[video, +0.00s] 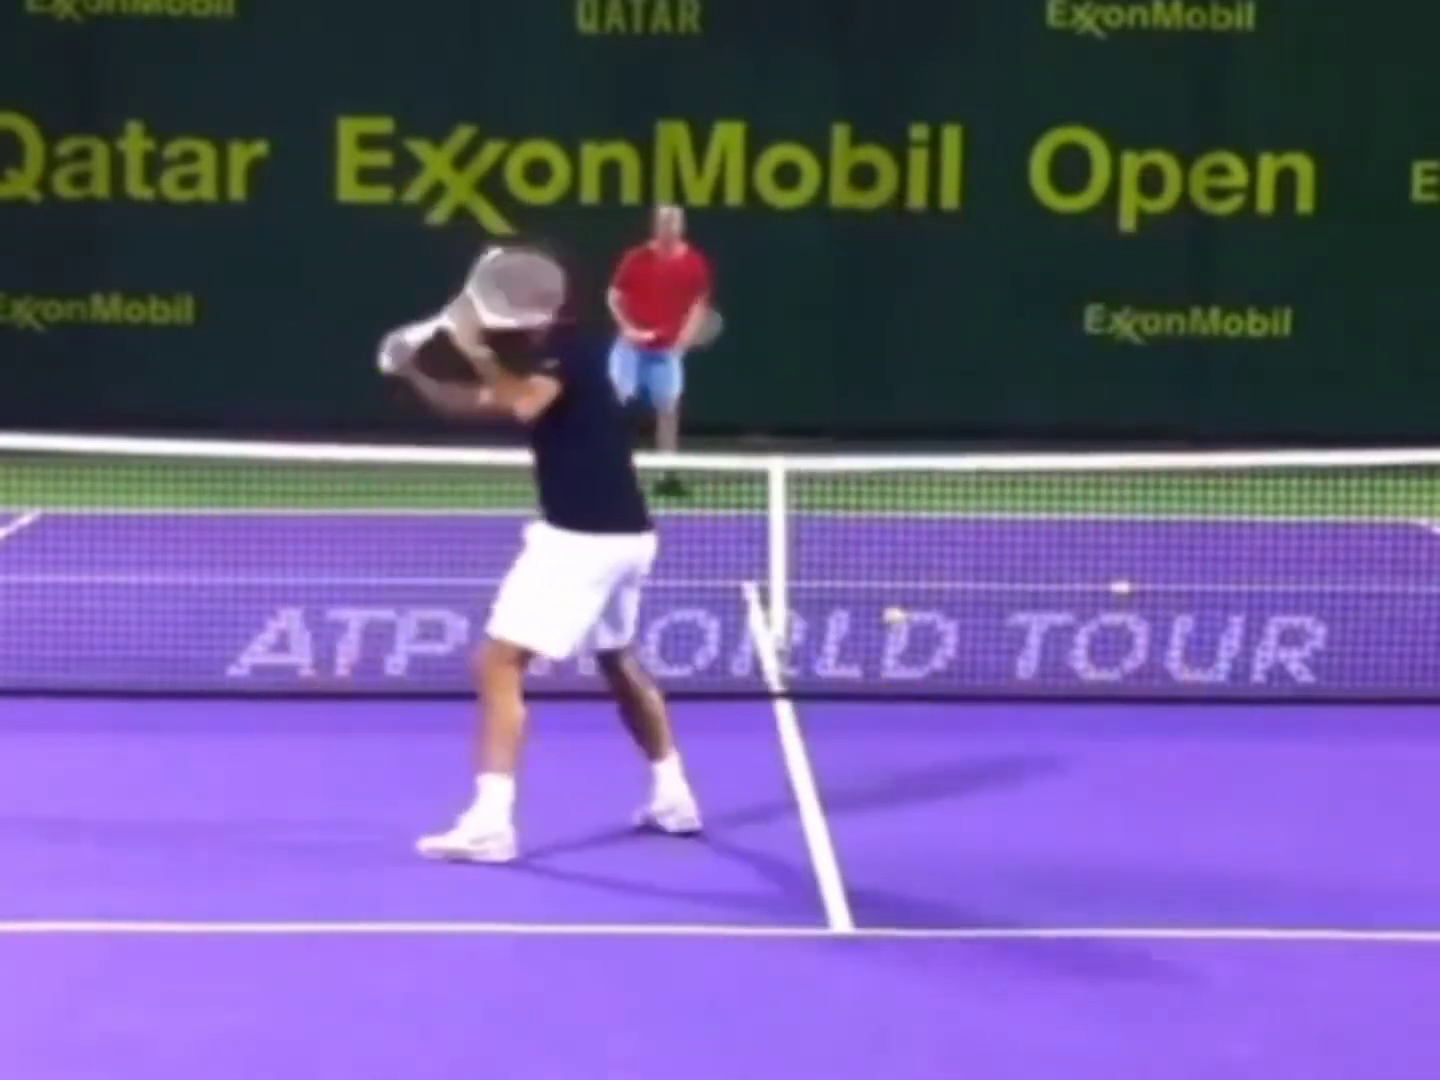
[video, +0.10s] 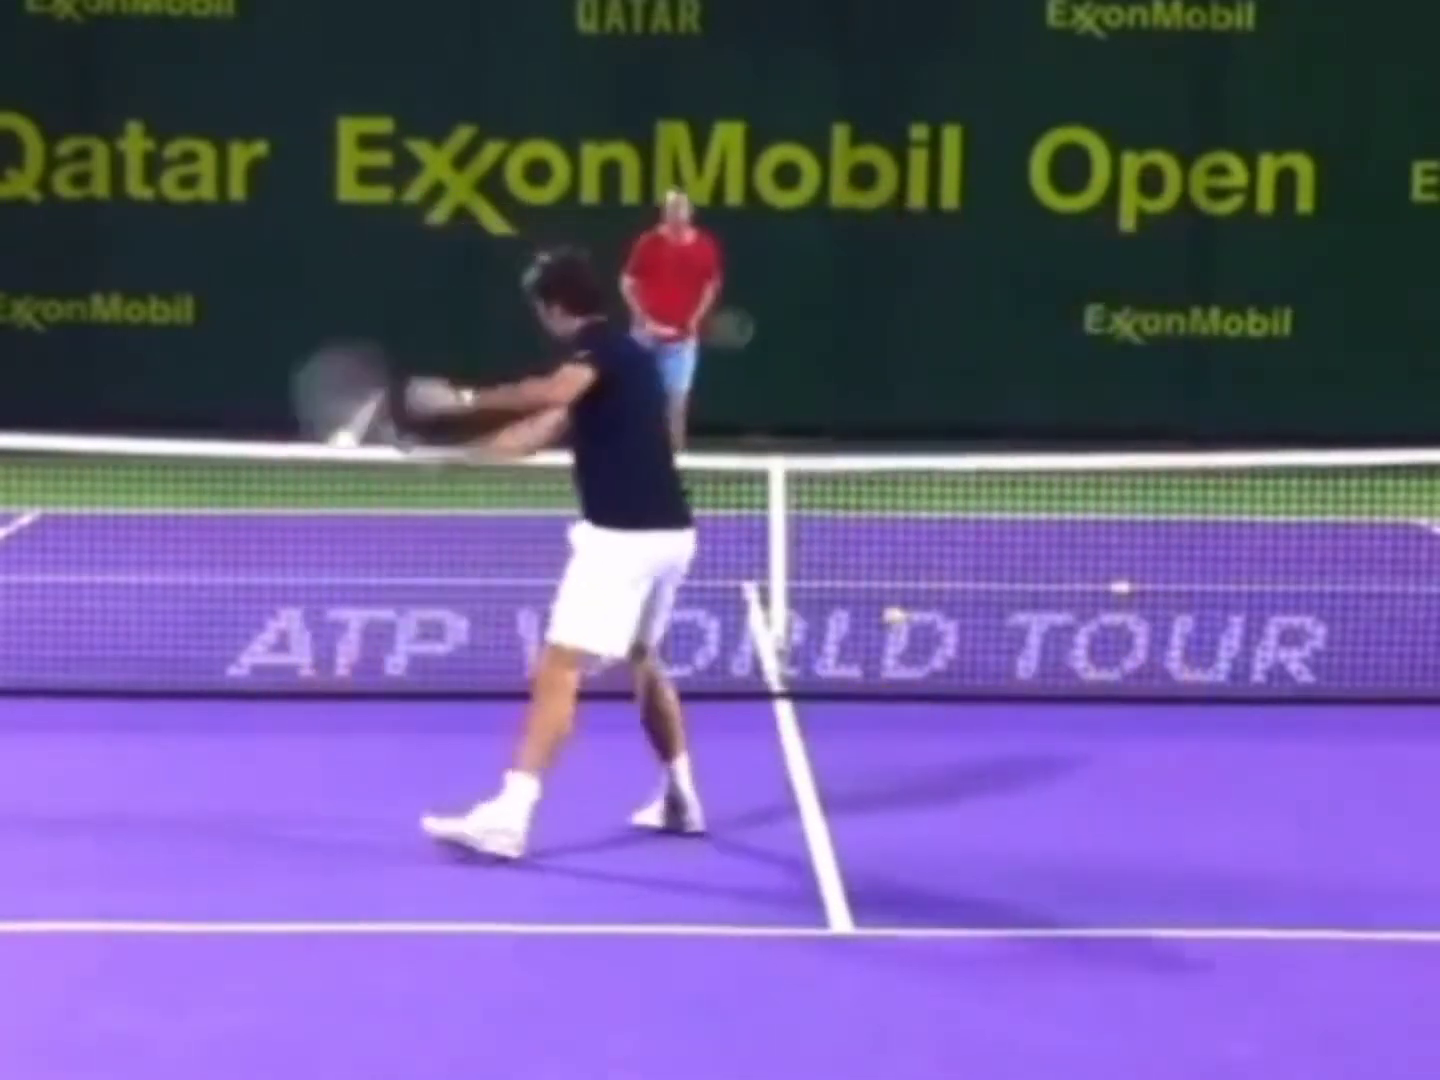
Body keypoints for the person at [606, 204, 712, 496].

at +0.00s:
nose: (668, 229)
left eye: (673, 223)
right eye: (664, 223)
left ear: (682, 227)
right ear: (655, 226)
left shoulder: (693, 263)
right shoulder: (635, 258)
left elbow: (699, 304)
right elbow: (614, 293)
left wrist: (683, 338)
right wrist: (628, 329)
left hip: (668, 345)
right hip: (631, 342)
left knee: (668, 408)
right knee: (618, 403)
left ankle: (668, 469)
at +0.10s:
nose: (676, 216)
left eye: (681, 210)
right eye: (672, 210)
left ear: (689, 213)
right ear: (664, 213)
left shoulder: (704, 246)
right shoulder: (648, 242)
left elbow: (712, 282)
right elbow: (628, 280)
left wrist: (695, 319)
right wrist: (644, 320)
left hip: (681, 335)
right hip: (646, 333)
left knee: (677, 400)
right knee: (639, 396)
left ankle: (674, 454)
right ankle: (636, 455)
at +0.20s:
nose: (685, 207)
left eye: (690, 201)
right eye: (681, 200)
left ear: (698, 205)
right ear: (672, 204)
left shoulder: (715, 241)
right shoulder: (653, 239)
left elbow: (719, 283)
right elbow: (641, 281)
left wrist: (705, 321)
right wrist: (667, 323)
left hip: (697, 331)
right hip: (662, 329)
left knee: (696, 395)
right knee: (662, 395)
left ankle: (698, 446)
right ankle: (664, 452)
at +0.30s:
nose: (696, 214)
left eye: (701, 207)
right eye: (690, 207)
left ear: (710, 212)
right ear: (682, 211)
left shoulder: (726, 248)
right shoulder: (665, 246)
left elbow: (731, 288)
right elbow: (658, 283)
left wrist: (719, 322)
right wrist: (666, 315)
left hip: (710, 328)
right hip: (676, 327)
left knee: (720, 393)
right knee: (675, 392)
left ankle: (731, 445)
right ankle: (672, 443)